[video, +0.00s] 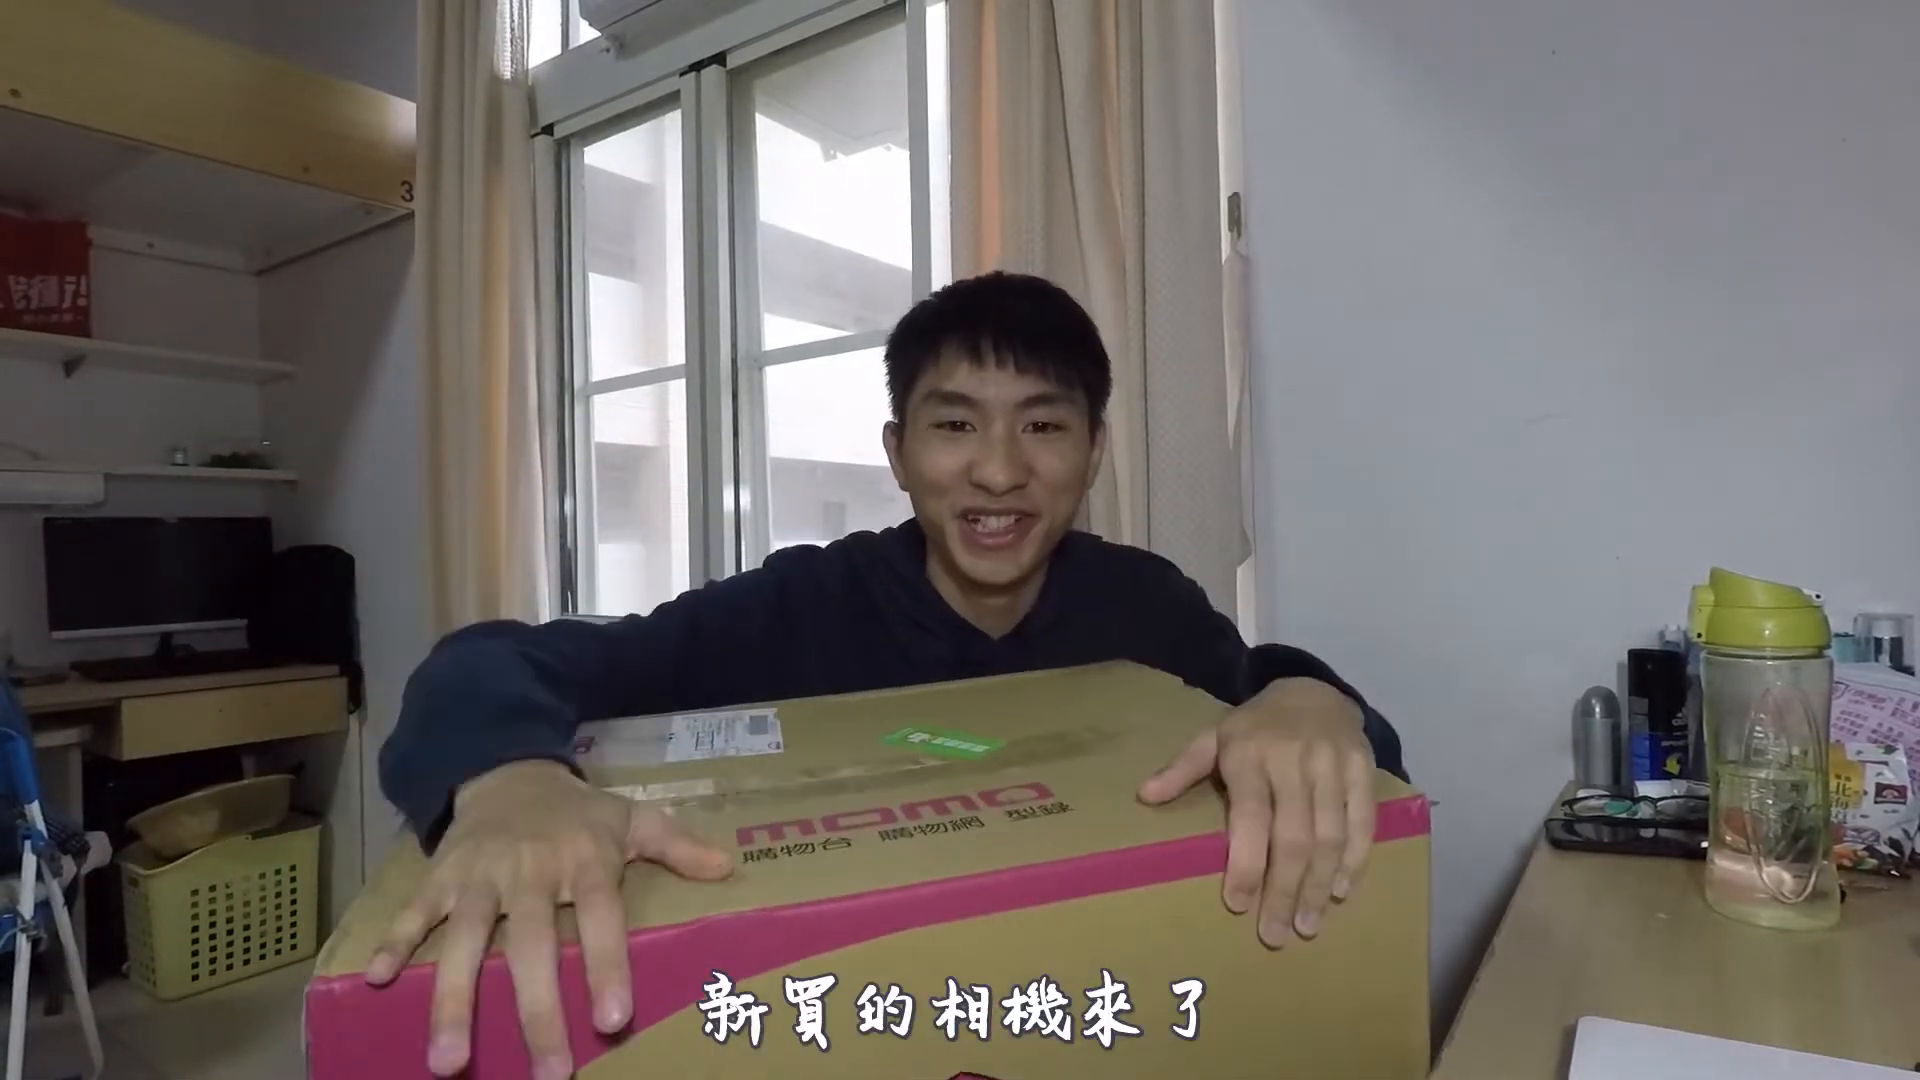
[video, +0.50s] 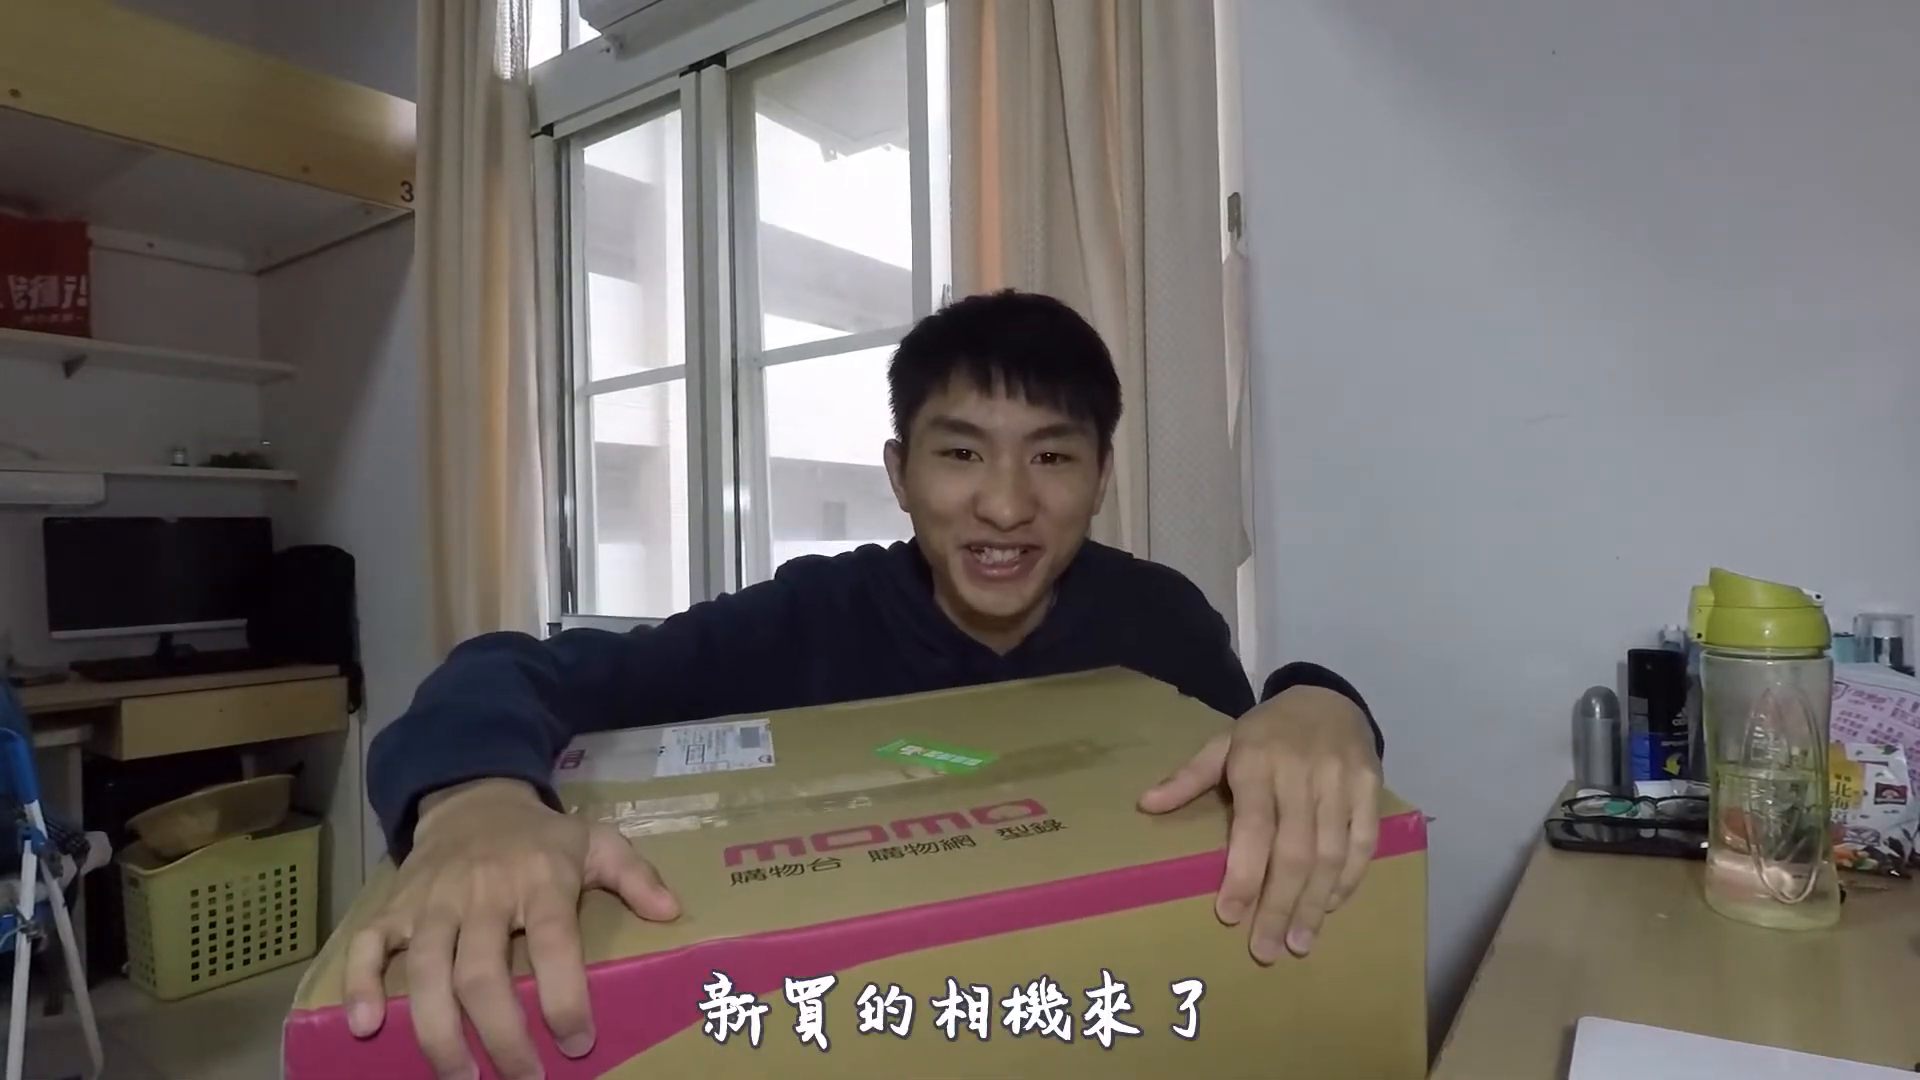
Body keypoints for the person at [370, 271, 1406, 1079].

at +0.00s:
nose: (999, 470)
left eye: (1044, 429)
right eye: (954, 425)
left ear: (1093, 451)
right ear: (898, 447)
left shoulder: (1144, 608)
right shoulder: (811, 610)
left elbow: (1333, 732)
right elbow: (484, 663)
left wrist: (1307, 699)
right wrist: (507, 778)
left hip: (1114, 1025)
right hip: (847, 1027)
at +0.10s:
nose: (1001, 480)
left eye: (1045, 436)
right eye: (958, 433)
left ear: (1095, 457)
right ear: (900, 453)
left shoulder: (1146, 606)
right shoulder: (811, 617)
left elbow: (1264, 721)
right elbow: (491, 670)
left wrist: (1309, 687)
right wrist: (476, 792)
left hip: (1125, 1019)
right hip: (860, 1023)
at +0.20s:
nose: (1001, 492)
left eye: (1046, 447)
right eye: (956, 445)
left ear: (1098, 465)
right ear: (899, 461)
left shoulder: (1152, 615)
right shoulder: (814, 619)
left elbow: (1252, 746)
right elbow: (496, 672)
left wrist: (1316, 694)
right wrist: (479, 796)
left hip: (1114, 1023)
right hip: (853, 1024)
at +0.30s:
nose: (1003, 499)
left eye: (1048, 450)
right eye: (958, 450)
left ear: (1101, 466)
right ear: (899, 464)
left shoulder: (1153, 616)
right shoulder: (817, 621)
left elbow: (1257, 746)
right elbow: (499, 675)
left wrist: (1321, 700)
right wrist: (473, 810)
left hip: (1118, 1025)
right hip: (852, 1025)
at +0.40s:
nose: (1003, 502)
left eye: (1048, 455)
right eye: (959, 452)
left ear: (1101, 471)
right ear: (900, 465)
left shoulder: (1154, 618)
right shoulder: (819, 620)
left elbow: (1256, 750)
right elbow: (501, 674)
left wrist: (1324, 702)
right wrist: (473, 809)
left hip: (1114, 1025)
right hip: (851, 1025)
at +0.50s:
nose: (1004, 503)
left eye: (1049, 456)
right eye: (960, 453)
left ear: (1101, 473)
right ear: (900, 468)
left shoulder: (1152, 618)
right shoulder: (820, 624)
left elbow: (1261, 748)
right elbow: (503, 674)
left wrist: (1323, 702)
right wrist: (473, 808)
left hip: (1120, 1024)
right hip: (858, 1024)